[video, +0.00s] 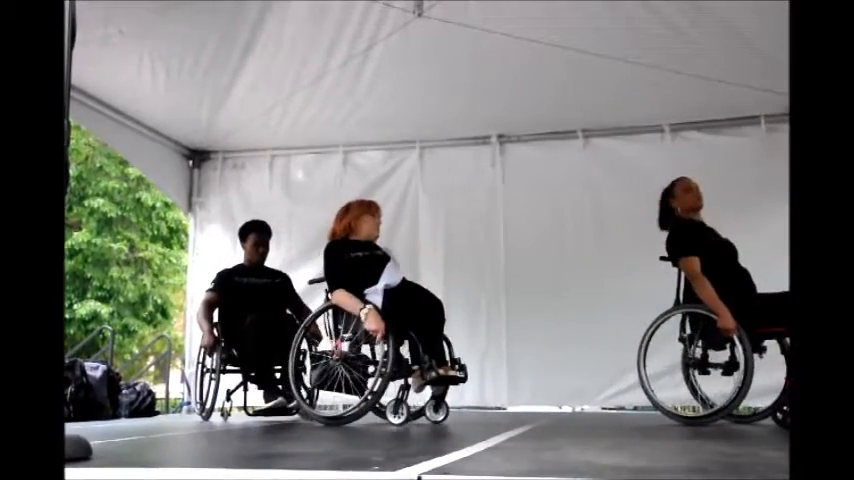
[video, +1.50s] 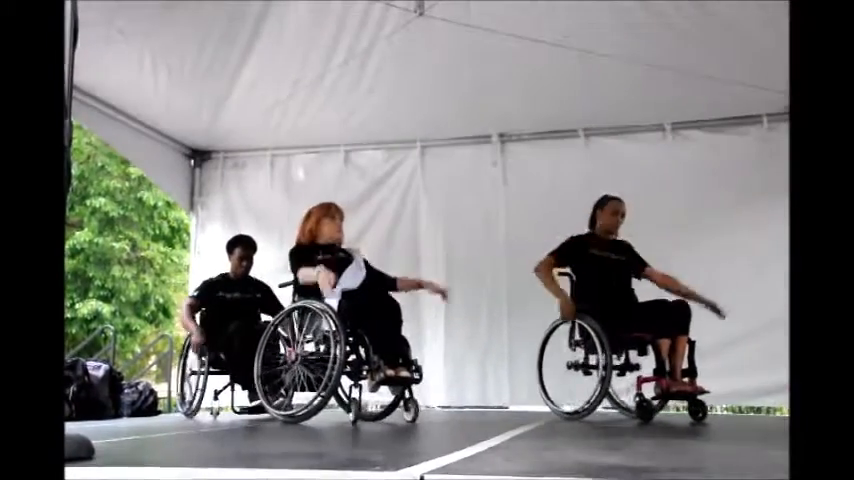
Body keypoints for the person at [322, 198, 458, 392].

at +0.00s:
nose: (379, 222)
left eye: (379, 218)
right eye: (374, 218)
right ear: (357, 221)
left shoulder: (373, 248)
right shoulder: (336, 249)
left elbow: (387, 279)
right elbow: (336, 292)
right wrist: (365, 311)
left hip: (394, 292)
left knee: (432, 306)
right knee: (417, 313)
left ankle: (437, 364)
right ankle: (422, 367)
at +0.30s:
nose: (382, 221)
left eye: (381, 217)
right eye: (377, 217)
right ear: (360, 220)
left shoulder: (376, 247)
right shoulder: (339, 248)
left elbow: (388, 278)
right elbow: (338, 293)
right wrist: (367, 311)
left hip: (396, 291)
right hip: (372, 297)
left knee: (434, 306)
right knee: (419, 313)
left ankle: (437, 364)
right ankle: (424, 367)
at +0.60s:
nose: (375, 224)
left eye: (374, 220)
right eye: (370, 219)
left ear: (359, 223)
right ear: (353, 222)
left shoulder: (369, 249)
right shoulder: (331, 250)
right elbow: (318, 296)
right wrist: (348, 303)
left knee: (425, 305)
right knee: (409, 312)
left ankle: (429, 364)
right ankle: (416, 367)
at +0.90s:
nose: (361, 227)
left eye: (362, 221)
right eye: (356, 221)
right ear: (338, 223)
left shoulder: (359, 252)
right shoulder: (318, 252)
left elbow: (378, 282)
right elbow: (292, 287)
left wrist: (413, 286)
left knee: (407, 302)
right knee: (401, 306)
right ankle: (415, 362)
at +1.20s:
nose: (350, 225)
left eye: (351, 221)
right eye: (344, 220)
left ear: (353, 224)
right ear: (327, 223)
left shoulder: (360, 253)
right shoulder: (312, 250)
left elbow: (396, 251)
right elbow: (291, 248)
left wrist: (428, 232)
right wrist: (286, 215)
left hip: (360, 304)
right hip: (327, 310)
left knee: (398, 305)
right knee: (378, 313)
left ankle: (407, 362)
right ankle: (391, 364)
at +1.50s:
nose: (338, 226)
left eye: (340, 222)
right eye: (332, 221)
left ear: (342, 225)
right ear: (316, 225)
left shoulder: (348, 256)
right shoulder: (301, 252)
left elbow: (384, 281)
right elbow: (300, 273)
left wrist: (422, 284)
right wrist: (319, 274)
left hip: (349, 307)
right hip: (318, 312)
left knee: (388, 305)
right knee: (368, 308)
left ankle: (396, 363)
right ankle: (383, 364)